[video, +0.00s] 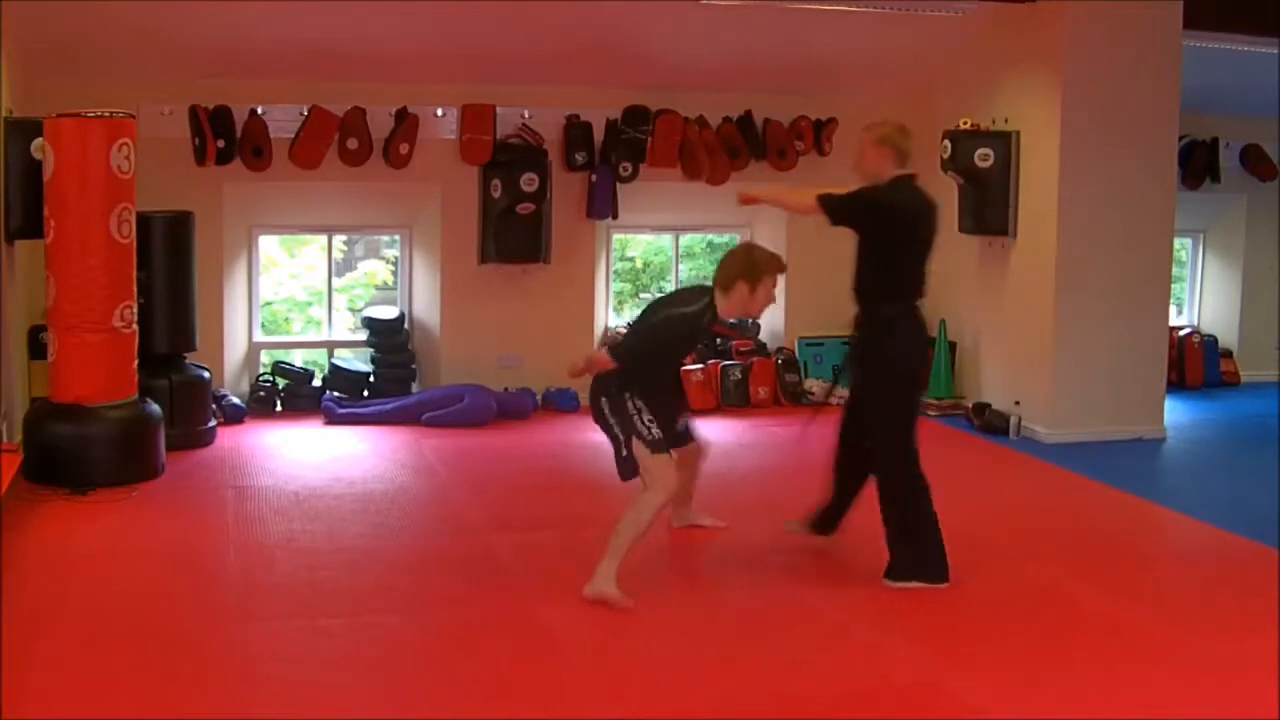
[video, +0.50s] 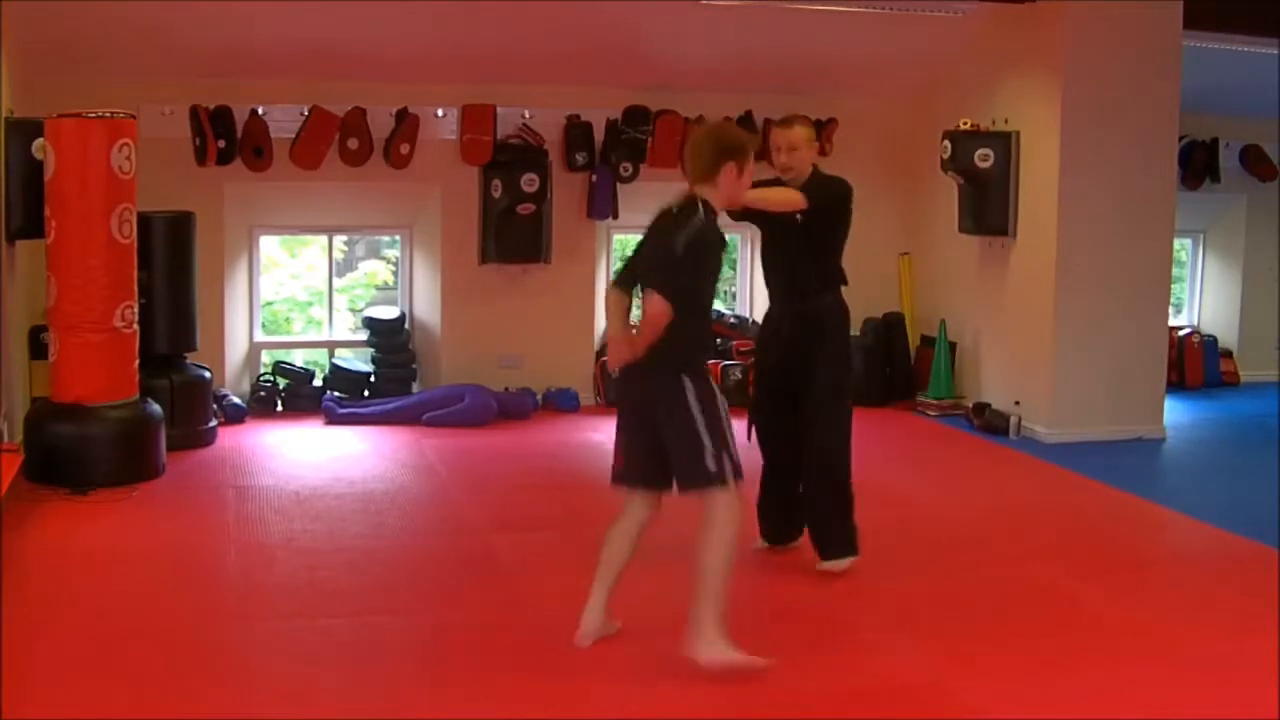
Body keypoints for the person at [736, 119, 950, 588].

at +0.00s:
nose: (859, 159)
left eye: (864, 151)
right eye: (860, 151)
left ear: (883, 153)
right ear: (898, 155)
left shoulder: (886, 199)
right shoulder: (916, 200)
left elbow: (818, 206)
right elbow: (836, 205)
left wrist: (763, 195)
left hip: (888, 337)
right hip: (898, 333)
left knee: (892, 448)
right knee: (859, 433)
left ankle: (922, 563)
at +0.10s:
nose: (830, 174)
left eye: (836, 165)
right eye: (830, 166)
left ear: (863, 167)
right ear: (866, 168)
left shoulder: (862, 213)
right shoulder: (881, 212)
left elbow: (790, 215)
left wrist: (731, 207)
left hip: (860, 349)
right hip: (865, 344)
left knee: (867, 457)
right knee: (821, 431)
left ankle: (918, 562)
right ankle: (791, 518)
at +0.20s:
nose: (808, 182)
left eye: (816, 174)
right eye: (808, 174)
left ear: (843, 175)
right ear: (831, 177)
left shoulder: (843, 220)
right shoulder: (844, 218)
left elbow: (769, 220)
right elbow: (771, 220)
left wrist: (705, 215)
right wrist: (710, 213)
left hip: (838, 353)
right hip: (819, 350)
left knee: (842, 460)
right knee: (778, 431)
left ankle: (909, 548)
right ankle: (779, 522)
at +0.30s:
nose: (793, 176)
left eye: (800, 167)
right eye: (791, 168)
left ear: (825, 166)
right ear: (802, 168)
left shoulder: (831, 210)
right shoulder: (819, 208)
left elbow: (760, 217)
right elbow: (761, 216)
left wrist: (705, 209)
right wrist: (708, 206)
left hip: (825, 339)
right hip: (805, 336)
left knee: (826, 449)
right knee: (770, 425)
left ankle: (890, 542)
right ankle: (779, 523)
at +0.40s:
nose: (787, 162)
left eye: (797, 153)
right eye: (783, 155)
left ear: (822, 156)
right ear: (779, 158)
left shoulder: (835, 200)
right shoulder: (787, 198)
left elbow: (755, 207)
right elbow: (737, 204)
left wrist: (703, 200)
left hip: (827, 325)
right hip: (790, 324)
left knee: (824, 436)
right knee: (774, 428)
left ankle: (865, 539)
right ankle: (781, 524)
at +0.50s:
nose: (785, 157)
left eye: (793, 148)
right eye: (777, 150)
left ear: (815, 149)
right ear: (771, 154)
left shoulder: (835, 190)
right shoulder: (767, 192)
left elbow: (787, 201)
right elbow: (728, 203)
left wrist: (733, 194)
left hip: (824, 321)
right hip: (780, 320)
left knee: (825, 429)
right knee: (776, 424)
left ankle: (838, 542)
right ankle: (782, 526)